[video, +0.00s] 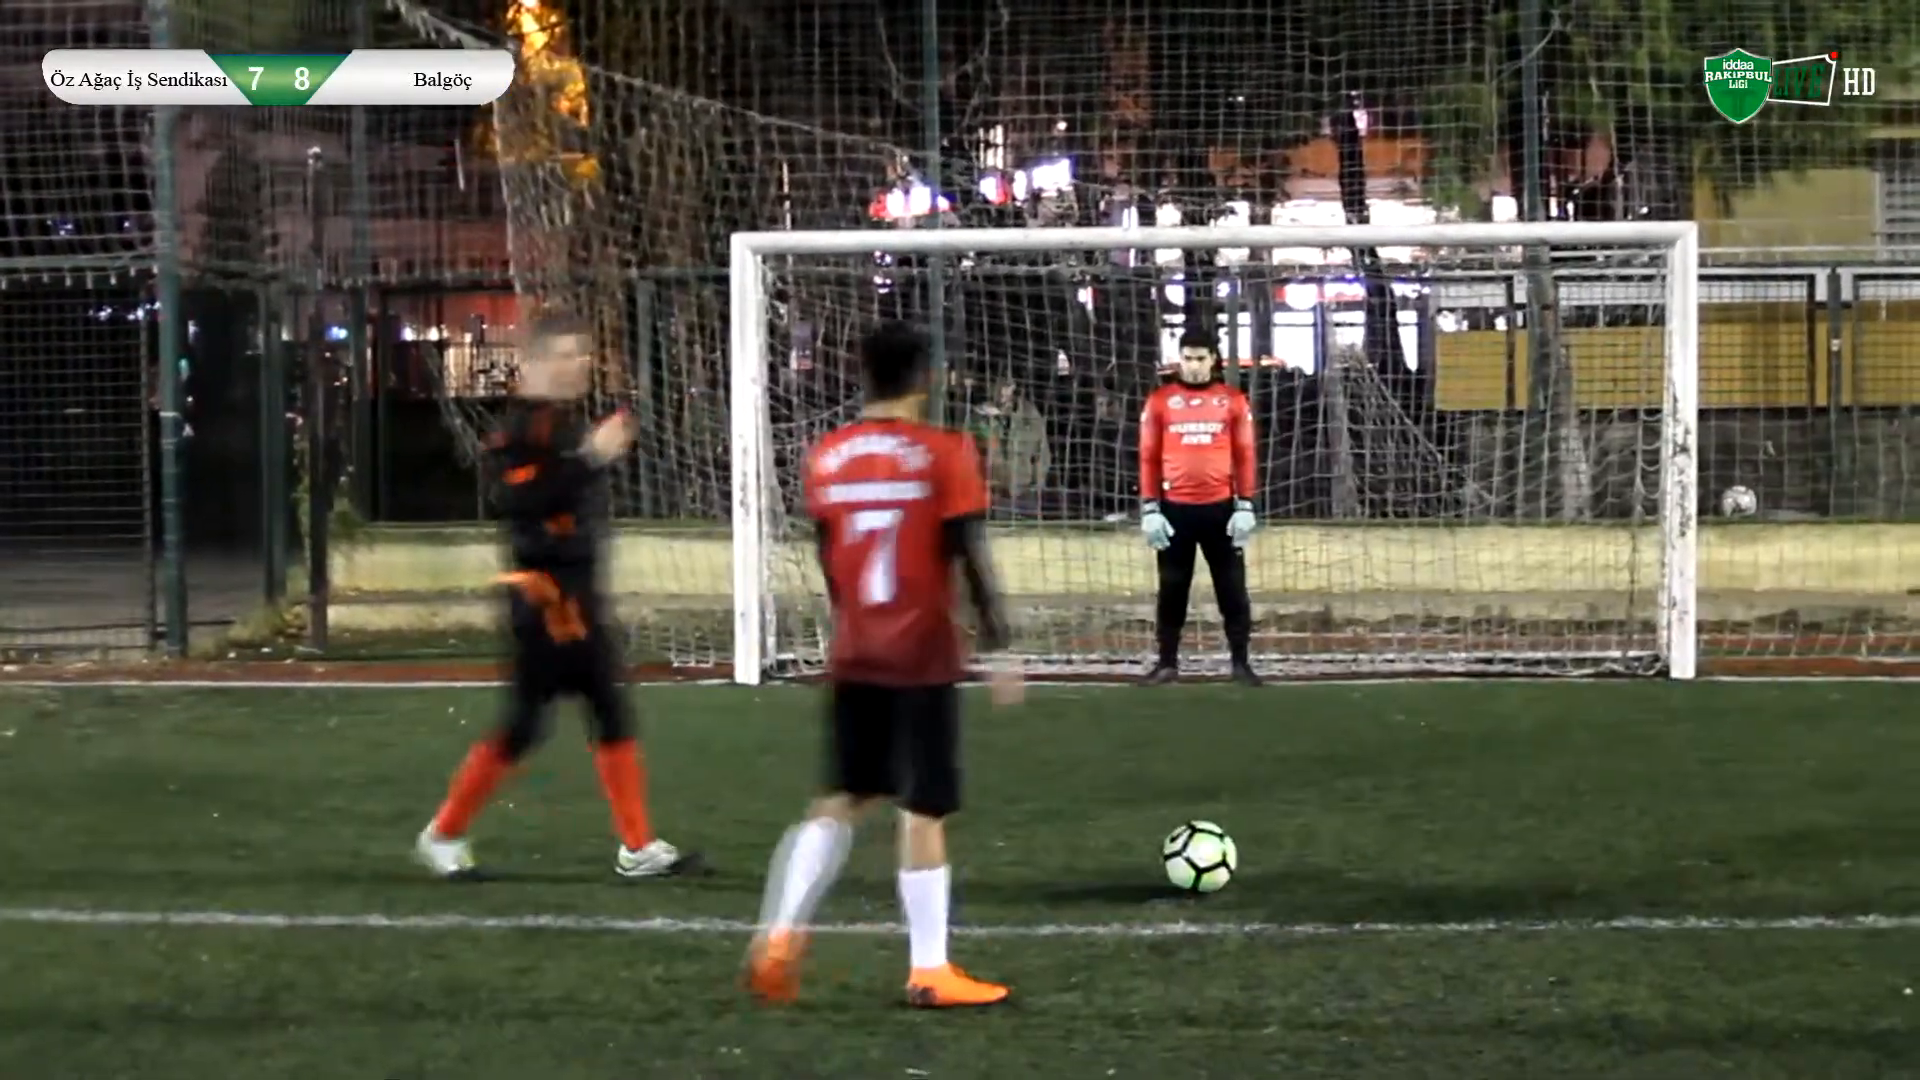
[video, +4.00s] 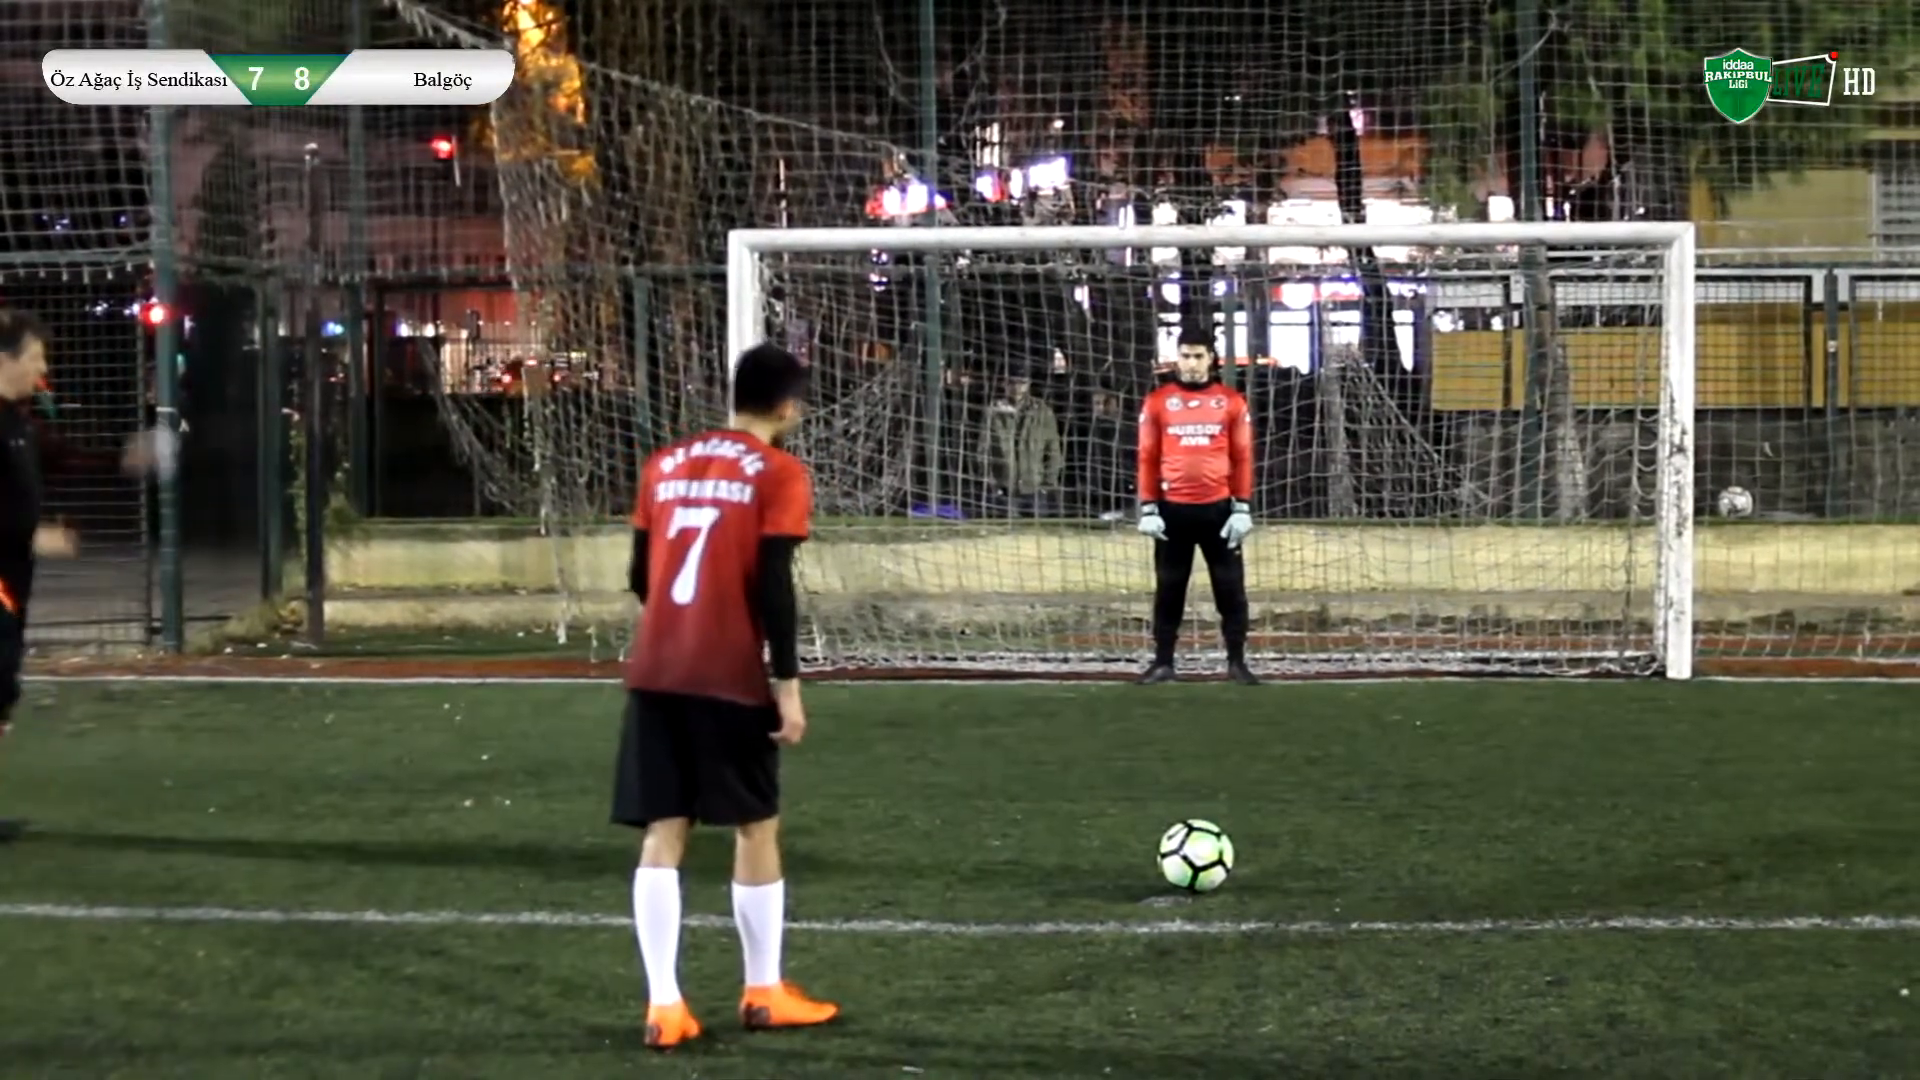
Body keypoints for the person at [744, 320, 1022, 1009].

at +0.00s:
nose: (932, 382)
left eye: (925, 371)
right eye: (930, 373)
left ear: (864, 378)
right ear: (923, 379)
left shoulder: (827, 453)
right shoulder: (946, 450)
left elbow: (826, 551)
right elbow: (972, 553)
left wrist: (852, 618)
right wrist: (999, 644)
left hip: (853, 660)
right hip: (923, 662)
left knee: (847, 793)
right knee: (925, 810)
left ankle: (778, 933)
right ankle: (930, 966)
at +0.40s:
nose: (859, 395)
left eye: (857, 384)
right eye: (857, 385)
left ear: (791, 390)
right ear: (844, 391)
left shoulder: (743, 465)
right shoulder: (858, 468)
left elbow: (750, 561)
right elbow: (867, 574)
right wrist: (893, 670)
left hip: (758, 674)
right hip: (836, 677)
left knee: (749, 817)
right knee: (872, 818)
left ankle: (734, 983)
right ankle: (909, 966)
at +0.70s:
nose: (829, 384)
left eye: (826, 372)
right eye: (826, 374)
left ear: (762, 380)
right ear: (817, 382)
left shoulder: (714, 461)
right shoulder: (828, 461)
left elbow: (708, 569)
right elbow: (828, 574)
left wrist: (757, 617)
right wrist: (839, 673)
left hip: (729, 670)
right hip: (802, 670)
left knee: (736, 817)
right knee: (839, 813)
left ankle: (735, 982)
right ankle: (820, 972)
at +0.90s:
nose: (813, 384)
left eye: (808, 373)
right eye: (811, 375)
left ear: (741, 382)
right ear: (802, 383)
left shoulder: (701, 463)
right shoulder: (815, 463)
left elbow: (686, 575)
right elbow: (820, 572)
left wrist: (682, 660)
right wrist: (840, 674)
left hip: (716, 673)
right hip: (789, 676)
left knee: (725, 820)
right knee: (803, 822)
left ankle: (730, 983)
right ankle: (751, 976)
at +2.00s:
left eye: (699, 372)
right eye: (746, 378)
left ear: (691, 382)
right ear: (755, 385)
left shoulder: (643, 460)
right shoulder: (767, 463)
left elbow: (654, 568)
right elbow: (787, 576)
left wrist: (708, 614)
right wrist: (817, 671)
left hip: (665, 677)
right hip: (742, 680)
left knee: (673, 825)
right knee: (753, 835)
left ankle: (664, 1001)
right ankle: (734, 997)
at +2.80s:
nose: (729, 387)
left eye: (691, 372)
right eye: (738, 378)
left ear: (677, 380)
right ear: (741, 385)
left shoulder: (627, 459)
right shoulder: (747, 464)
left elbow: (617, 576)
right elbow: (752, 574)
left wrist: (611, 659)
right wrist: (776, 674)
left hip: (648, 677)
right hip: (727, 679)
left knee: (660, 828)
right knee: (751, 826)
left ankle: (663, 999)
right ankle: (764, 986)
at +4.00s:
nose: (799, 415)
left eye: (797, 403)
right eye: (798, 404)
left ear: (735, 396)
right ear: (785, 406)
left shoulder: (666, 462)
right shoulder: (781, 473)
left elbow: (641, 577)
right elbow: (772, 578)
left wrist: (693, 625)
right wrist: (788, 679)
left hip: (655, 670)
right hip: (732, 675)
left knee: (663, 828)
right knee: (757, 826)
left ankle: (663, 1002)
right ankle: (765, 987)